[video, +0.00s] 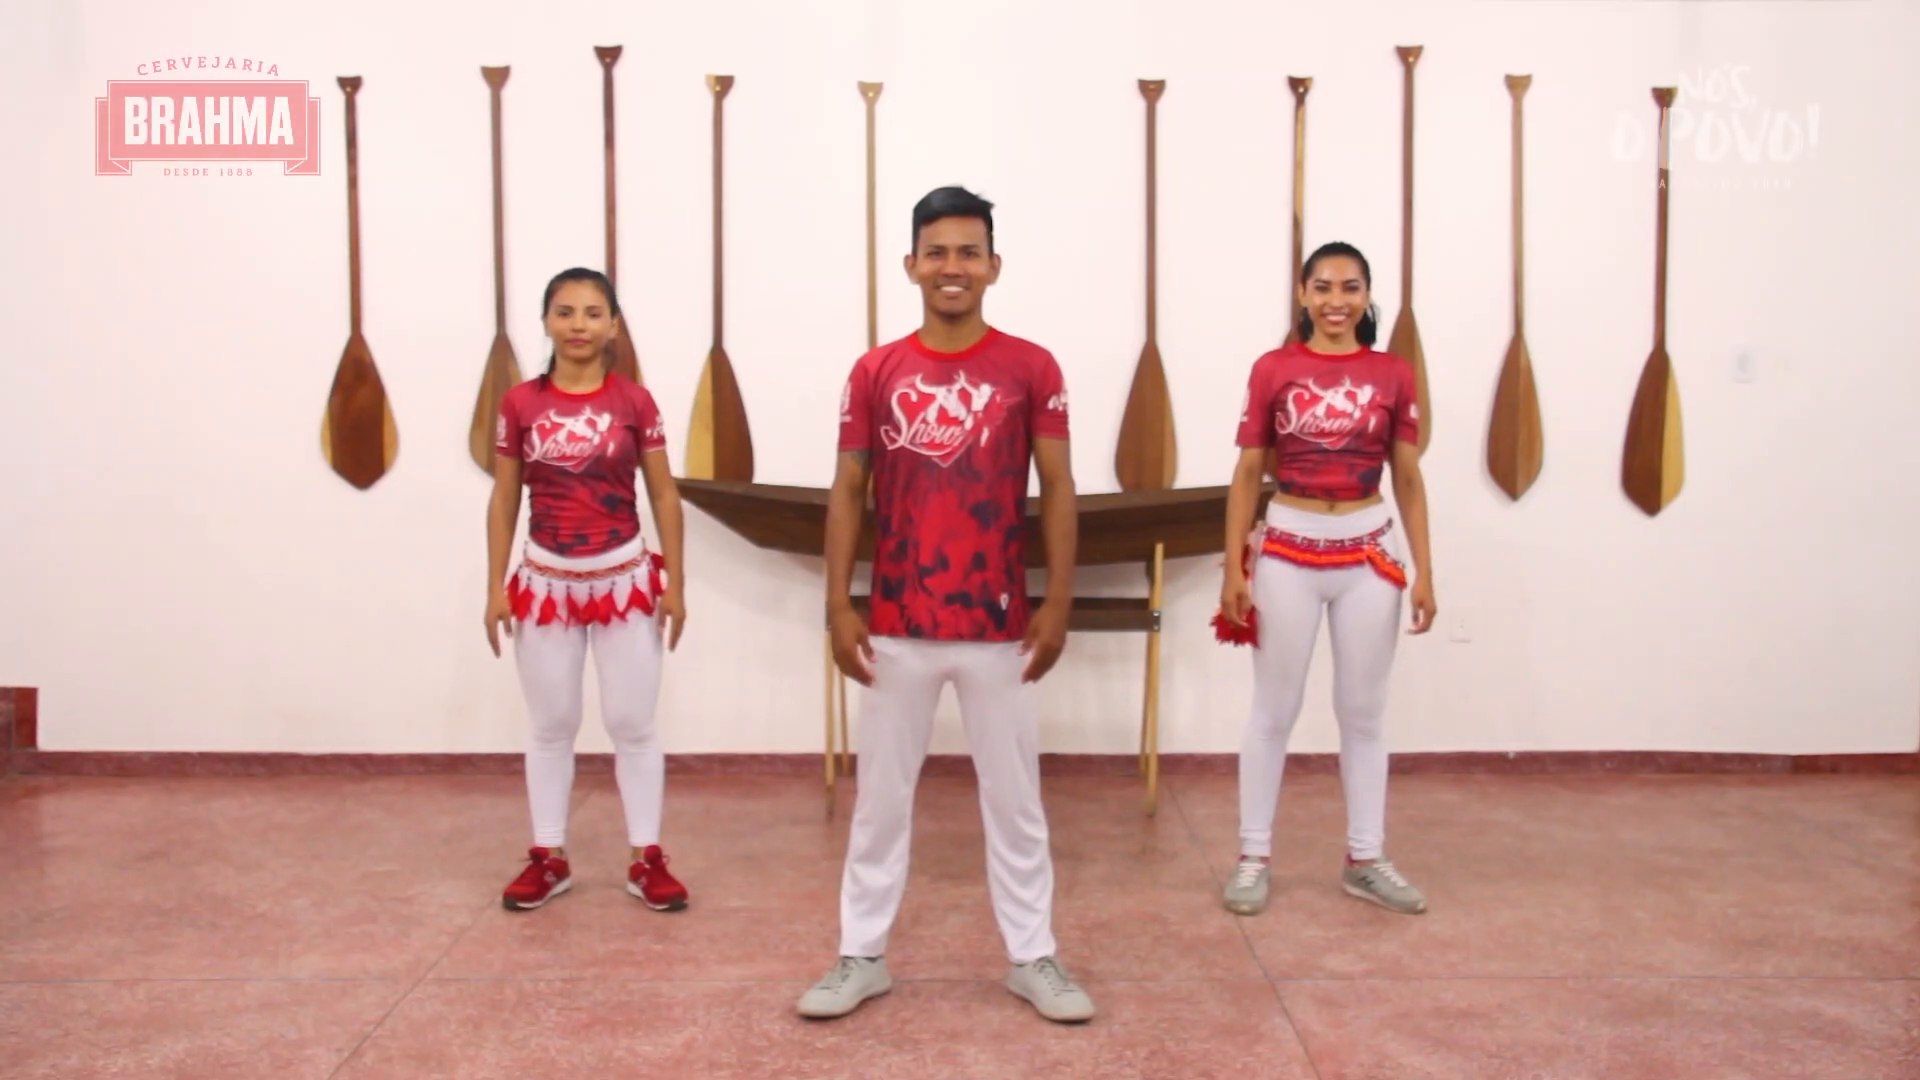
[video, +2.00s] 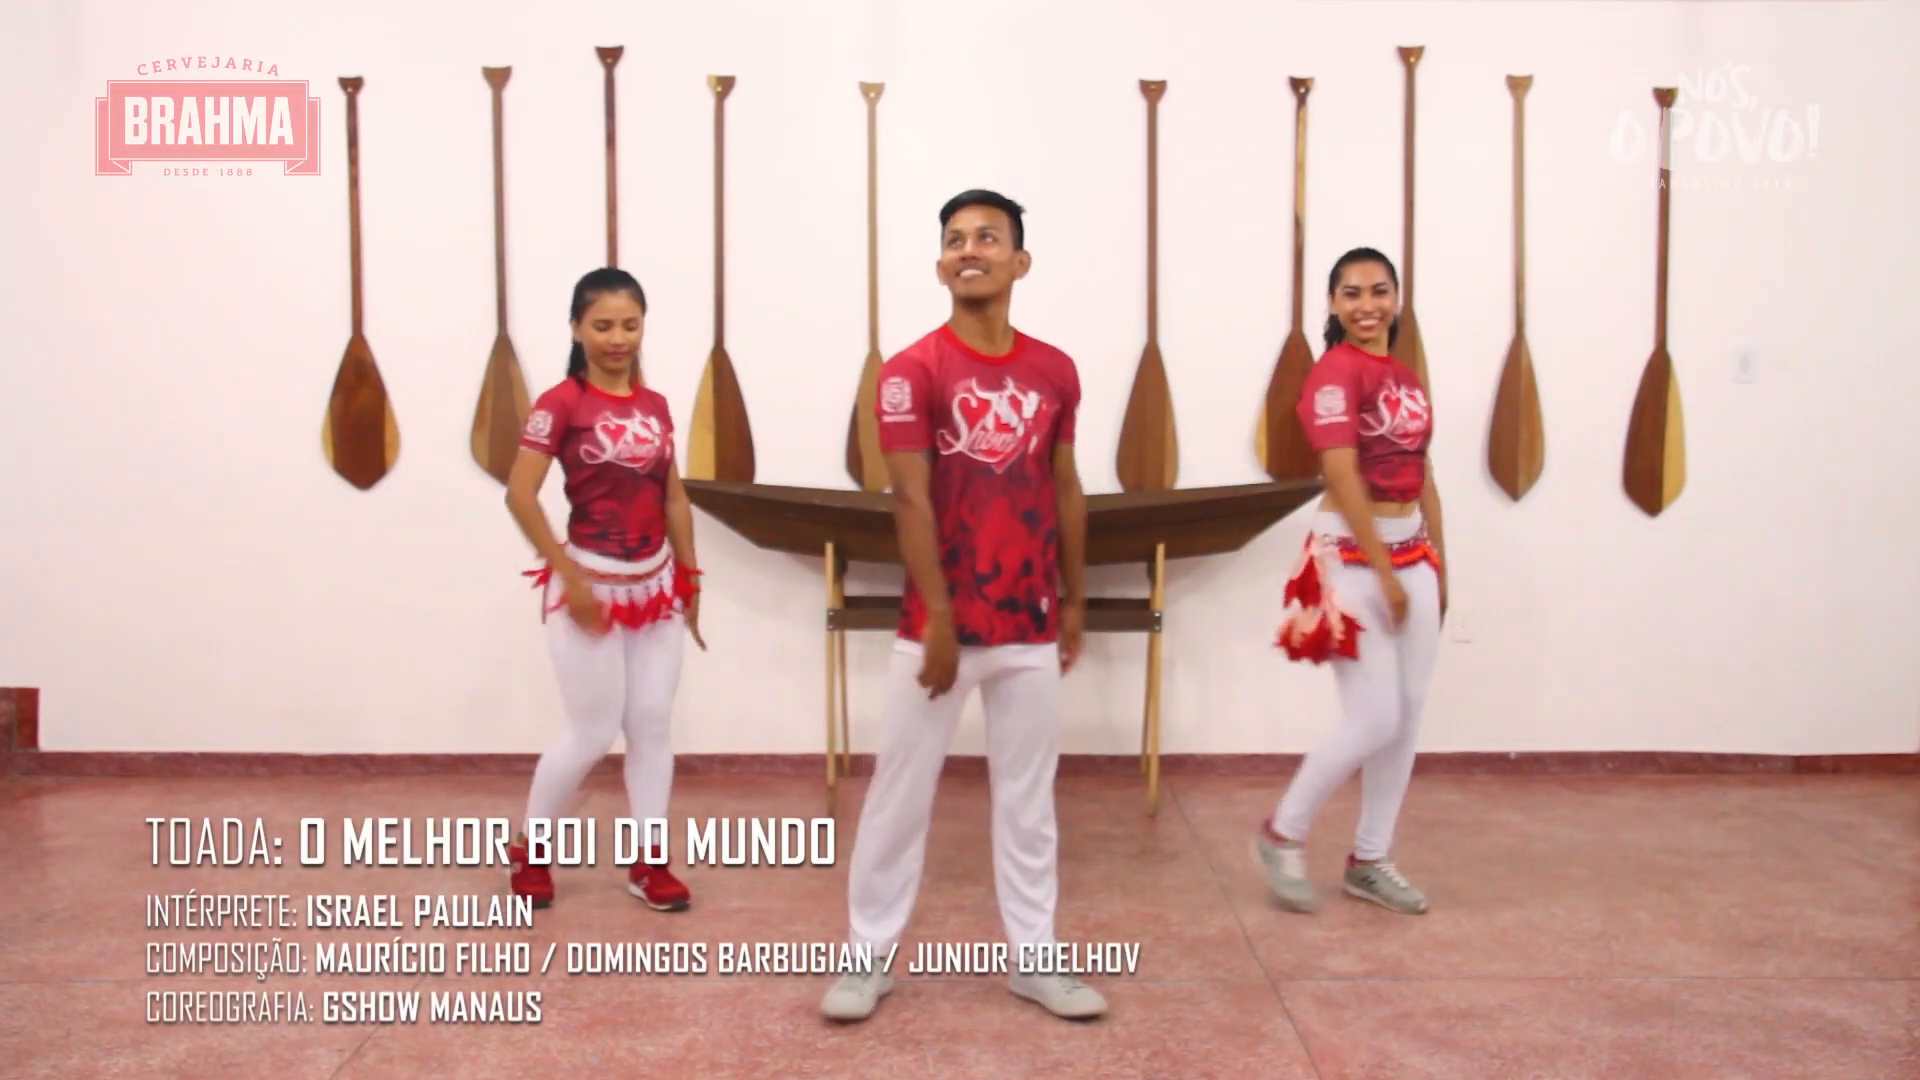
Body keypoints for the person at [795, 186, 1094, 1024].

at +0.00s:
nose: (953, 267)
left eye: (969, 252)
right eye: (937, 253)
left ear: (992, 264)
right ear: (913, 265)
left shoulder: (1031, 368)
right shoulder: (875, 372)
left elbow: (1058, 488)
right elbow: (847, 492)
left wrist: (1059, 601)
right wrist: (838, 604)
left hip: (998, 624)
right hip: (898, 623)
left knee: (1015, 799)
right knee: (881, 795)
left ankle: (1033, 955)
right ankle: (862, 953)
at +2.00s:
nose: (969, 249)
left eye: (987, 237)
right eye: (956, 239)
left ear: (1020, 261)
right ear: (939, 264)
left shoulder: (1054, 371)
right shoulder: (912, 371)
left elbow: (1064, 486)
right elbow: (911, 499)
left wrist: (1074, 600)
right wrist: (939, 618)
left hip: (1028, 626)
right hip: (937, 625)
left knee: (1028, 800)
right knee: (898, 797)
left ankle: (1034, 954)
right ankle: (868, 951)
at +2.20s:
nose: (967, 250)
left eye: (986, 238)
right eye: (955, 240)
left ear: (1022, 262)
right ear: (941, 266)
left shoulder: (1054, 372)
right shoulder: (920, 367)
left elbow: (1087, 486)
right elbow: (930, 482)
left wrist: (1113, 587)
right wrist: (1020, 561)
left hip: (1043, 622)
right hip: (958, 624)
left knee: (1043, 799)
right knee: (927, 797)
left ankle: (1037, 954)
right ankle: (880, 951)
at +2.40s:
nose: (958, 245)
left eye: (977, 234)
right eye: (946, 236)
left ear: (1015, 258)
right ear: (934, 263)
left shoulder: (1055, 351)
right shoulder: (920, 355)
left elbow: (1140, 363)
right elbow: (889, 360)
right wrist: (952, 312)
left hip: (1035, 622)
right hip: (944, 622)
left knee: (1037, 803)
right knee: (890, 788)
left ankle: (1035, 955)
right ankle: (850, 959)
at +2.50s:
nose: (954, 248)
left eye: (973, 235)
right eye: (942, 238)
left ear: (1009, 258)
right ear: (929, 265)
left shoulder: (1043, 344)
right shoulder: (914, 352)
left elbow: (1147, 297)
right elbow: (872, 301)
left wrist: (1239, 233)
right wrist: (906, 206)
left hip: (1029, 623)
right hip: (935, 624)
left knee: (1033, 803)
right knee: (878, 798)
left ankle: (1035, 958)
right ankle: (819, 975)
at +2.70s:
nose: (922, 254)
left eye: (943, 242)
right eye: (912, 243)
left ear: (981, 265)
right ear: (899, 261)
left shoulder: (1006, 348)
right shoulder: (869, 349)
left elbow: (1077, 249)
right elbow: (803, 270)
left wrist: (1120, 138)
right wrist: (757, 163)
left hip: (994, 627)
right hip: (896, 630)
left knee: (1014, 805)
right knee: (850, 817)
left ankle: (1033, 956)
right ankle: (816, 998)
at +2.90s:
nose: (879, 241)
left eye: (901, 230)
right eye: (871, 228)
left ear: (942, 256)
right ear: (856, 249)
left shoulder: (960, 342)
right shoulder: (814, 342)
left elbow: (1017, 240)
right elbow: (718, 273)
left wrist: (1022, 118)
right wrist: (626, 197)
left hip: (939, 628)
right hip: (836, 630)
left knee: (996, 800)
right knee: (806, 824)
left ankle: (1043, 955)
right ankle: (811, 1002)